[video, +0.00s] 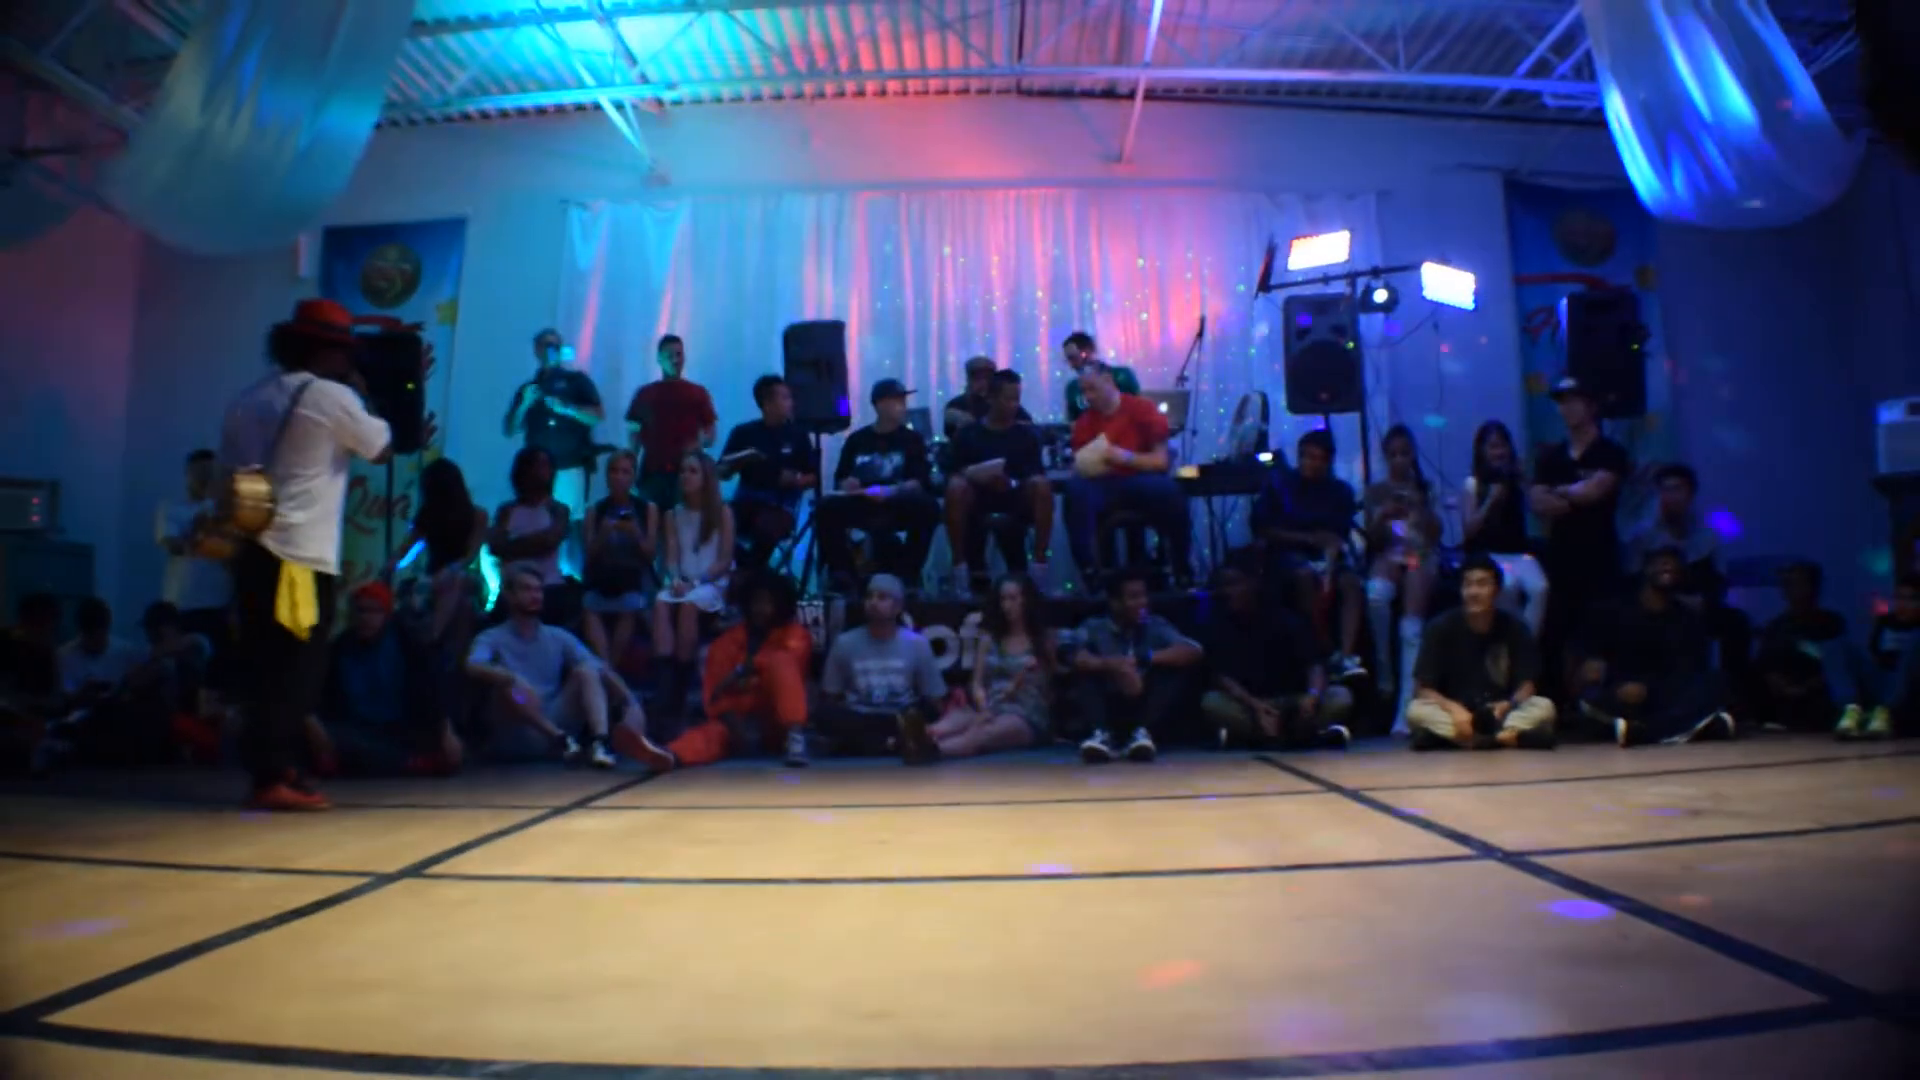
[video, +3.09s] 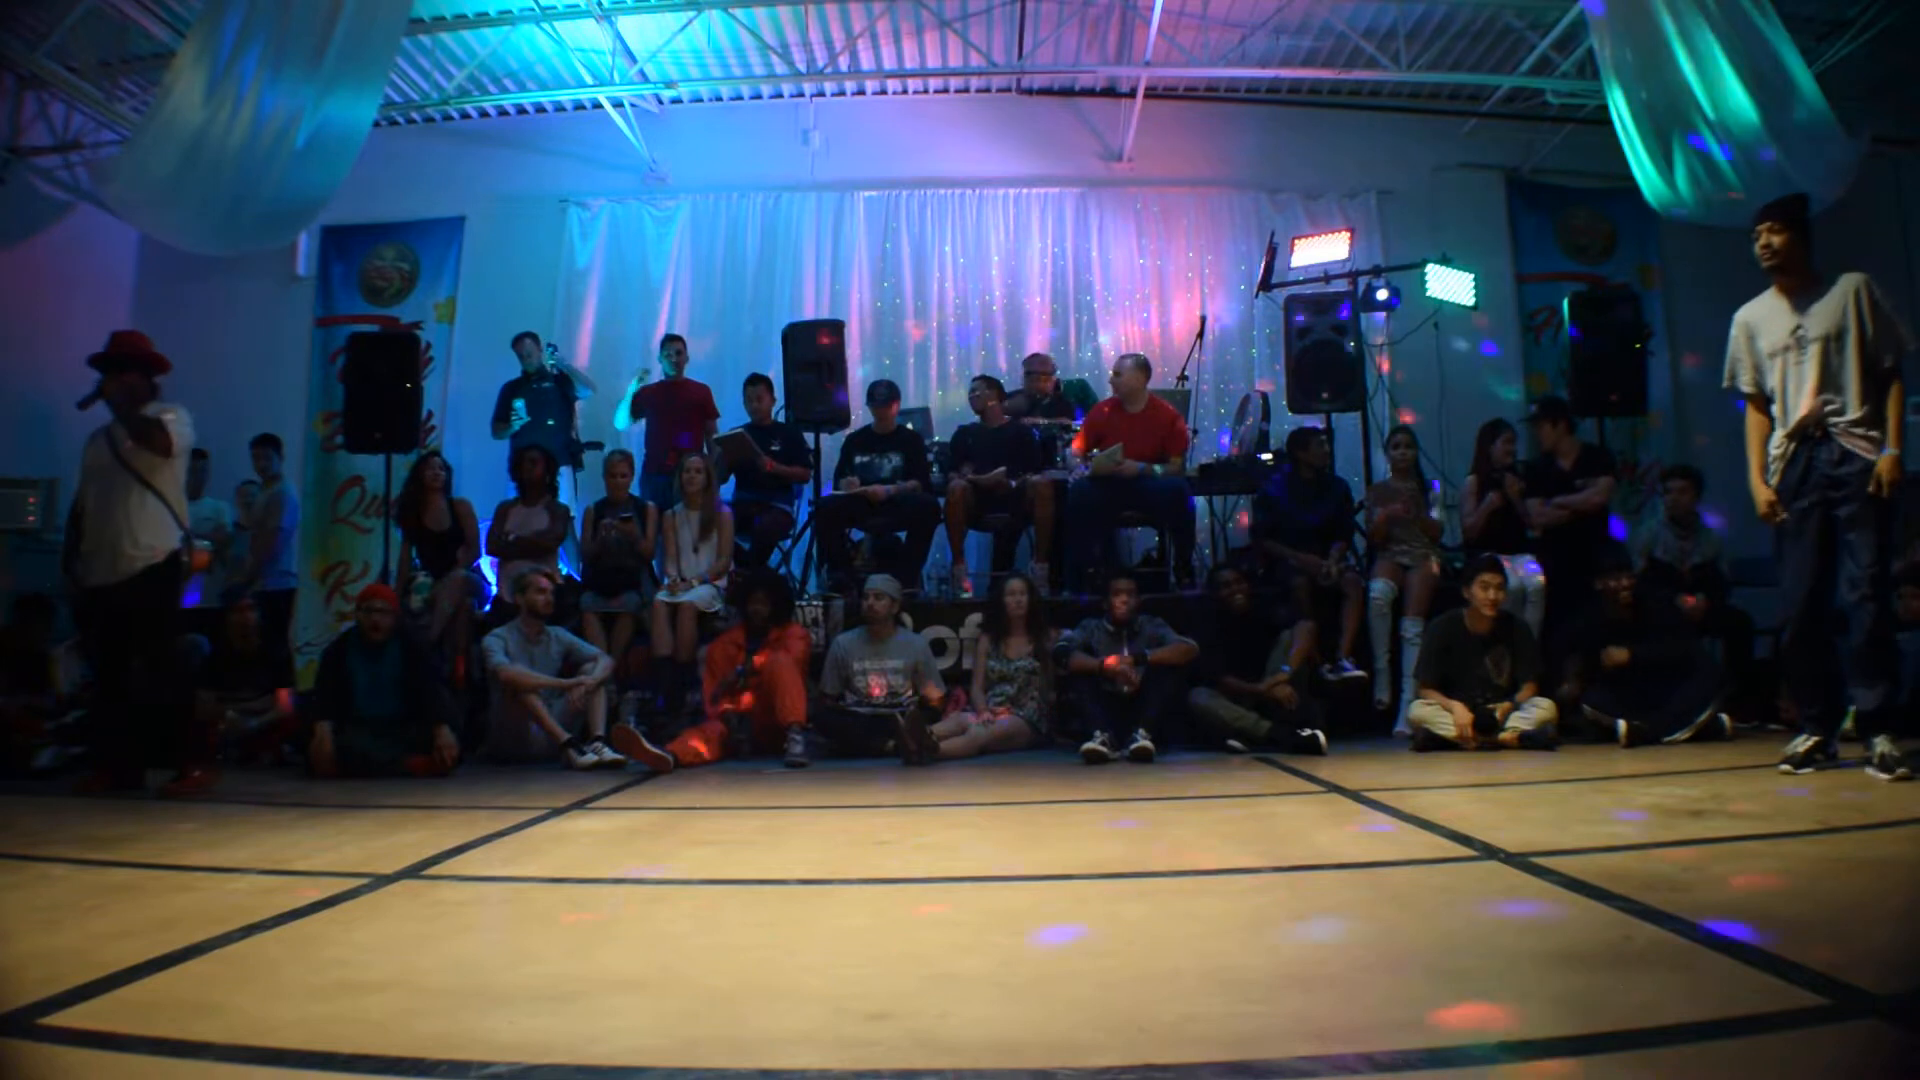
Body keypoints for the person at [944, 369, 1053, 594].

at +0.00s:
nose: (1015, 405)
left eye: (1017, 399)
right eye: (1010, 399)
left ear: (1019, 399)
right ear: (991, 399)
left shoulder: (1027, 434)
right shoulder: (969, 433)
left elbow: (1036, 472)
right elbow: (952, 469)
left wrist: (1010, 482)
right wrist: (974, 476)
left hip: (1014, 490)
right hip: (979, 491)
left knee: (1041, 486)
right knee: (957, 488)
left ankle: (1040, 562)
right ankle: (959, 566)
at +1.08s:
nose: (989, 395)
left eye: (995, 388)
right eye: (985, 389)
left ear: (1009, 394)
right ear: (978, 395)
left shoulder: (1027, 431)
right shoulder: (968, 432)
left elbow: (1037, 472)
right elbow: (955, 468)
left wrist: (1010, 482)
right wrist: (973, 475)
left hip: (1014, 490)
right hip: (980, 490)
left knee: (1041, 485)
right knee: (957, 487)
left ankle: (1039, 560)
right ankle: (959, 564)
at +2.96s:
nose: (971, 395)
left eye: (976, 390)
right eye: (970, 391)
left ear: (995, 396)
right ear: (970, 402)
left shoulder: (1021, 432)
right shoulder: (964, 434)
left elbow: (1034, 471)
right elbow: (953, 473)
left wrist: (1010, 483)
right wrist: (981, 481)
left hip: (1012, 492)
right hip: (977, 493)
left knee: (1042, 485)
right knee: (957, 489)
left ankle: (1040, 561)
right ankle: (958, 565)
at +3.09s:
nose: (972, 395)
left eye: (978, 391)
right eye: (971, 392)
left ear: (996, 396)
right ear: (970, 401)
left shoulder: (1021, 431)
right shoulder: (965, 433)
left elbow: (1033, 471)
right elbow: (953, 474)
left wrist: (1010, 483)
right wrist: (982, 480)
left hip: (1012, 493)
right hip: (977, 494)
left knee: (1042, 485)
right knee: (957, 489)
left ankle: (1040, 564)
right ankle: (958, 566)